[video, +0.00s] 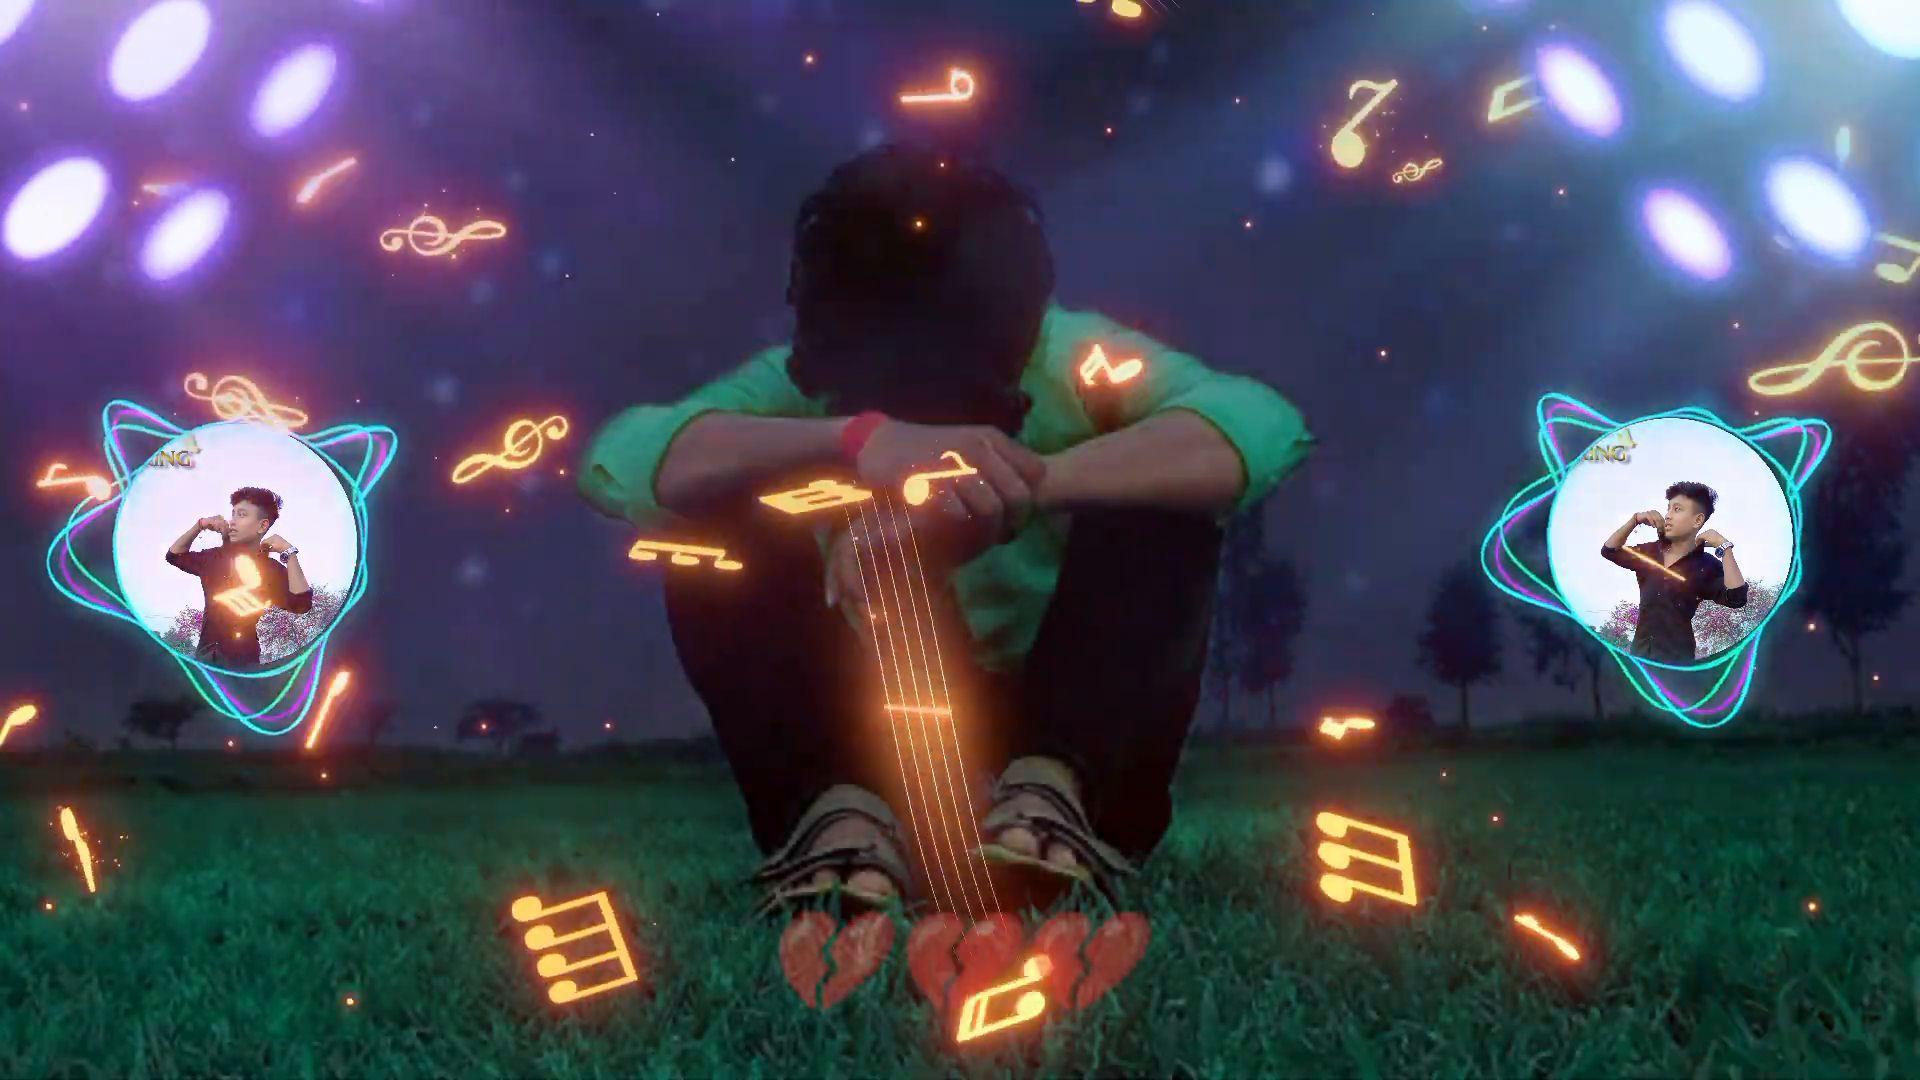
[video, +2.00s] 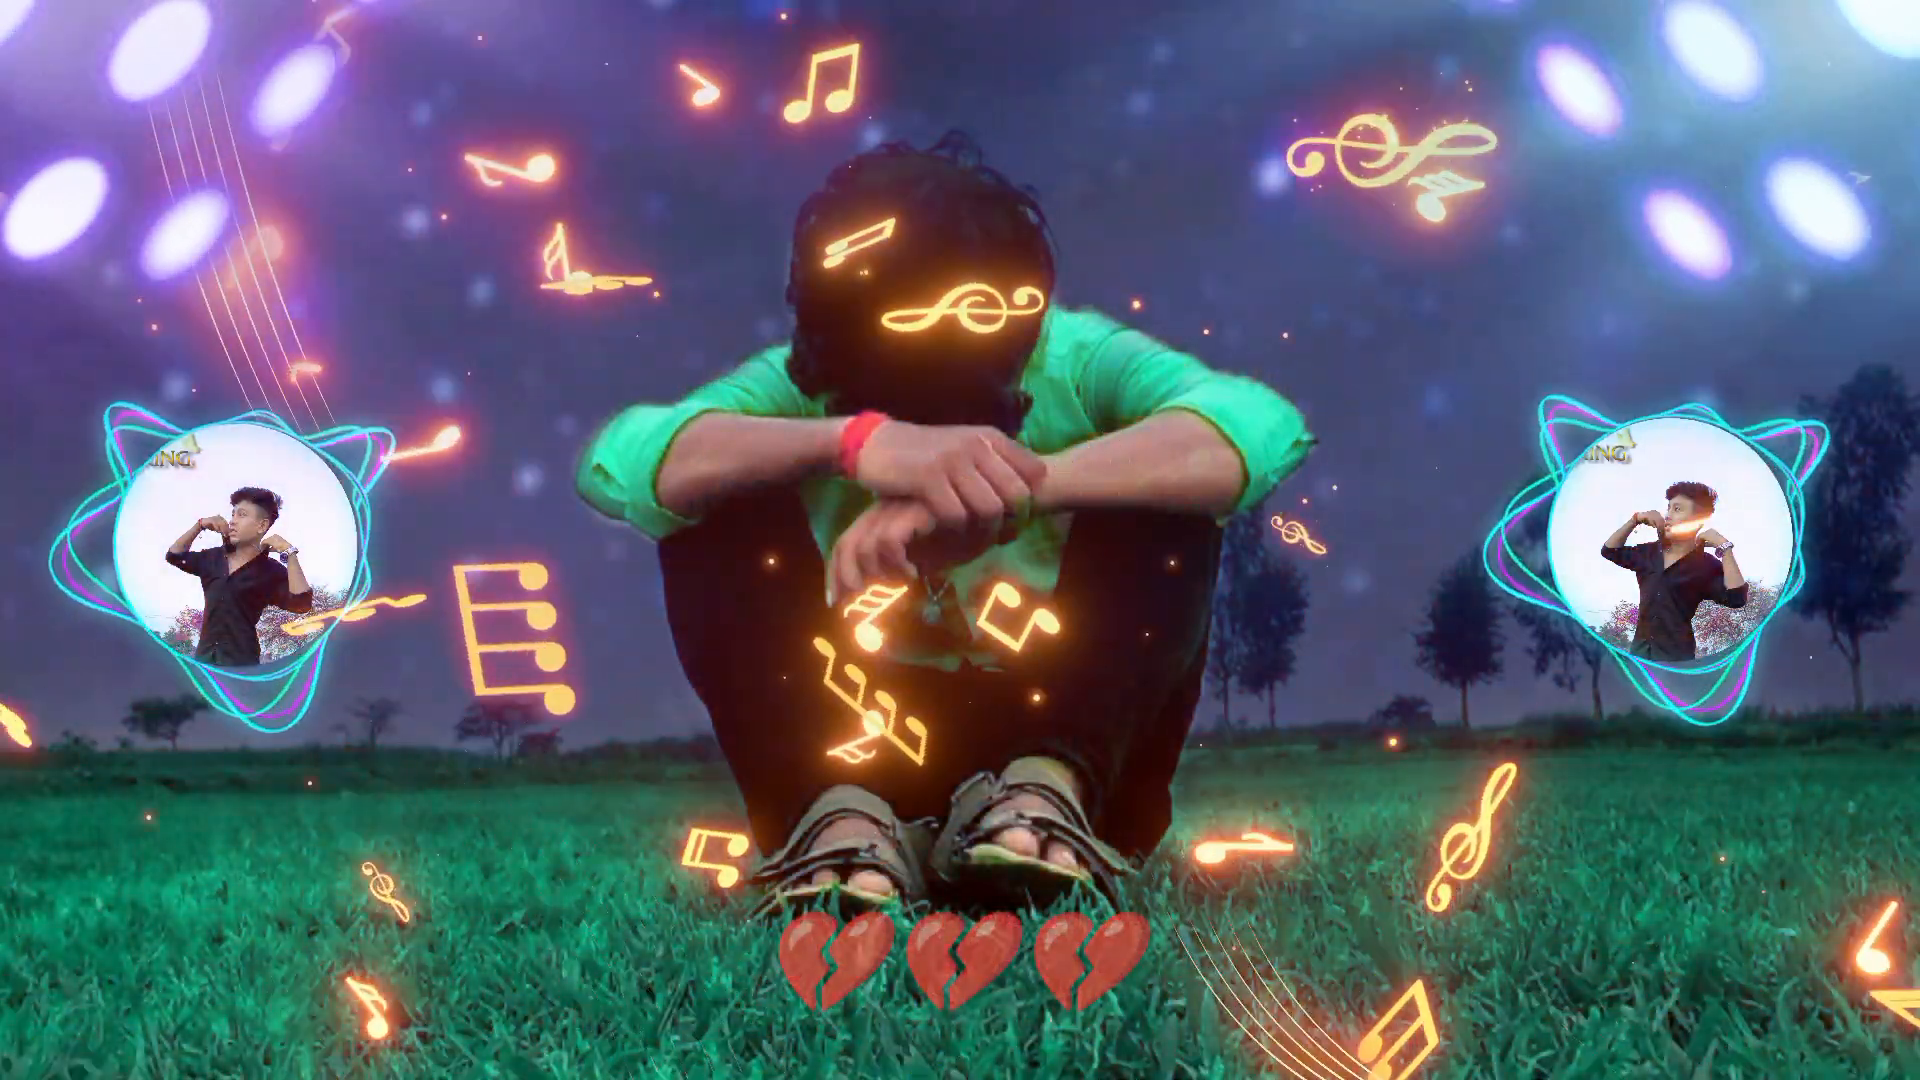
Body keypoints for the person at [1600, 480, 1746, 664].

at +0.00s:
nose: (1667, 515)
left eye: (1677, 509)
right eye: (1668, 509)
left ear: (1698, 520)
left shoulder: (1705, 565)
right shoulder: (1648, 552)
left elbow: (1737, 599)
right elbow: (1609, 551)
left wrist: (1725, 547)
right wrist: (1634, 521)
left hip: (1678, 658)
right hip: (1640, 654)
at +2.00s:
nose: (1667, 515)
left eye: (1677, 509)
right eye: (1668, 508)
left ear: (1698, 519)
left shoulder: (1705, 565)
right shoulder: (1648, 553)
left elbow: (1737, 600)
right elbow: (1609, 551)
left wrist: (1724, 547)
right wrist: (1634, 521)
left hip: (1677, 660)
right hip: (1639, 655)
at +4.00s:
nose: (1667, 515)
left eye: (1677, 509)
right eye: (1668, 509)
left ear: (1698, 520)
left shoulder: (1705, 564)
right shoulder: (1647, 553)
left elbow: (1737, 599)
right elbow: (1609, 551)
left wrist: (1725, 547)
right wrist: (1634, 520)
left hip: (1677, 660)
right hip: (1638, 656)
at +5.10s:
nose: (1667, 515)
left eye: (1677, 509)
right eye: (1668, 509)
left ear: (1698, 520)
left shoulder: (1705, 564)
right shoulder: (1647, 553)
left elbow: (1737, 599)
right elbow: (1609, 551)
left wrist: (1725, 547)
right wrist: (1634, 520)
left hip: (1677, 660)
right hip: (1639, 655)